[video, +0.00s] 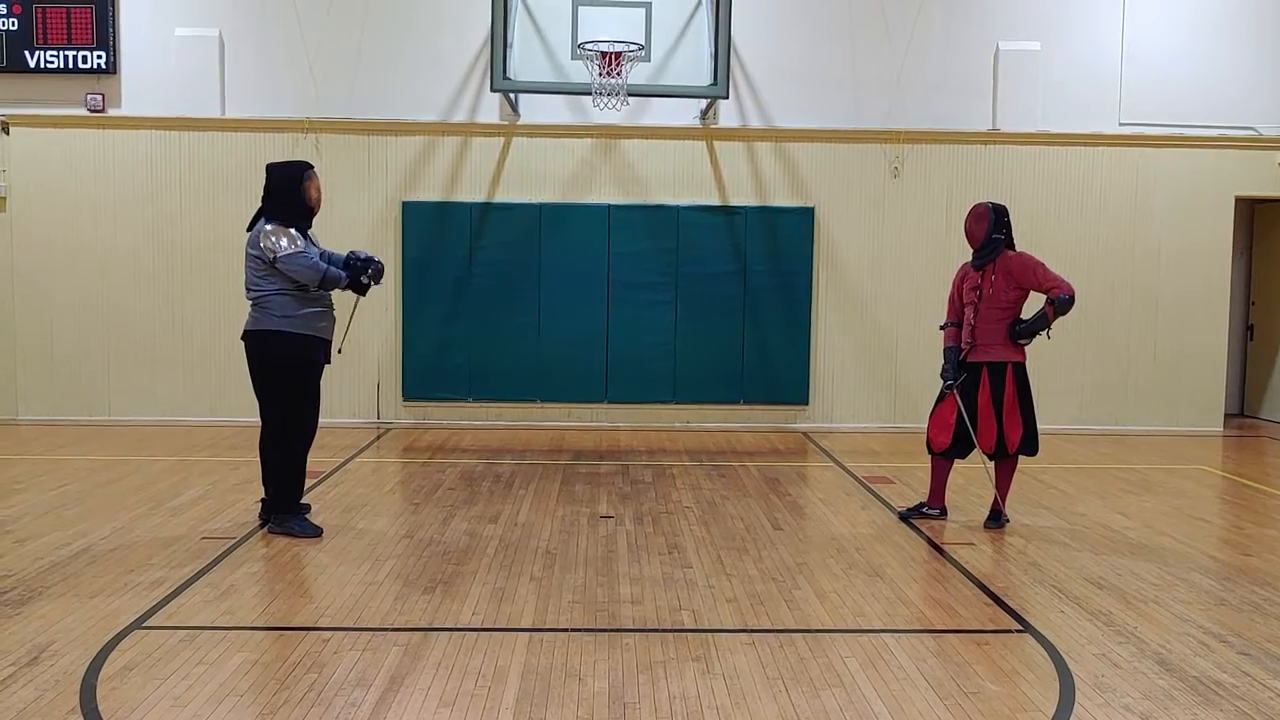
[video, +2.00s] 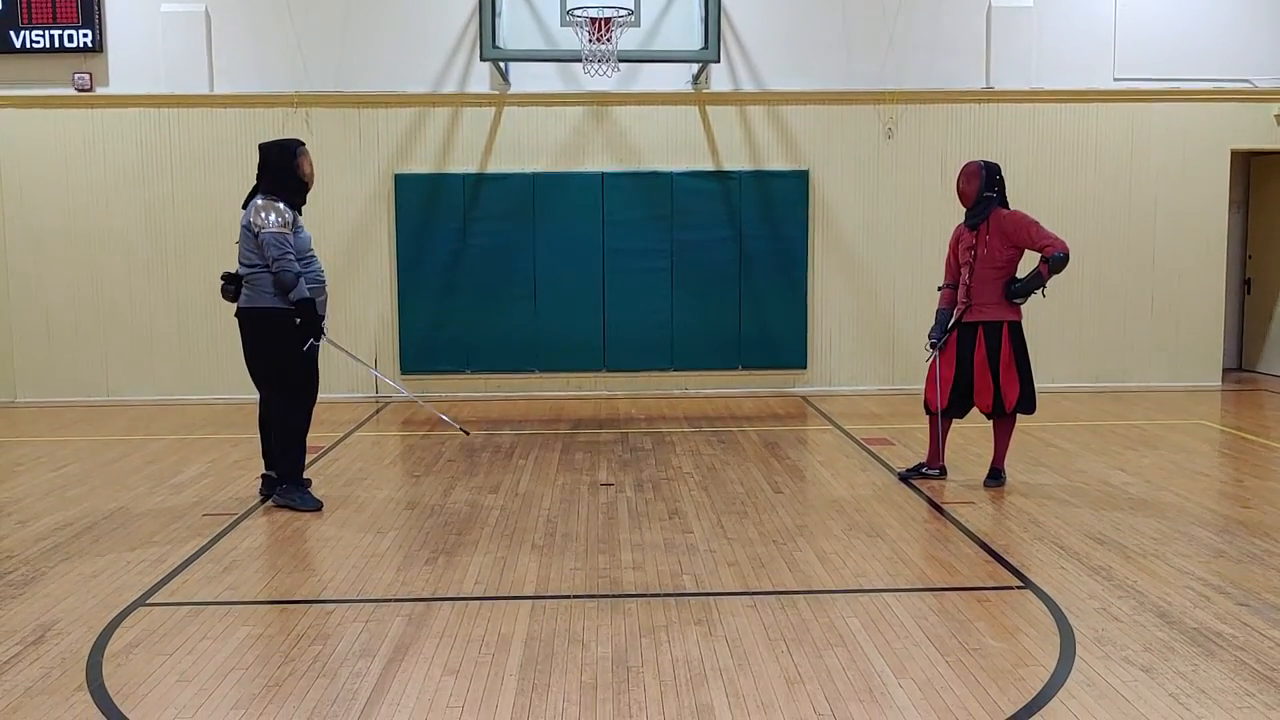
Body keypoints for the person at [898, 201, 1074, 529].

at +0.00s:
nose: (968, 232)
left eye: (974, 225)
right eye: (969, 225)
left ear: (992, 227)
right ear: (980, 228)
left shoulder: (1016, 263)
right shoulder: (966, 272)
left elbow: (1064, 293)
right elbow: (953, 320)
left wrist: (1032, 326)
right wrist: (950, 361)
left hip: (1004, 365)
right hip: (967, 365)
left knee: (1006, 435)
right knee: (943, 428)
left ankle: (998, 508)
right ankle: (935, 503)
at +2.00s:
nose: (959, 189)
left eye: (965, 182)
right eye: (959, 182)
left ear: (984, 185)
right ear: (969, 186)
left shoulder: (1008, 220)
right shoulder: (961, 232)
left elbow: (1058, 251)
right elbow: (951, 283)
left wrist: (1028, 283)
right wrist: (940, 322)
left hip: (1000, 323)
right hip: (962, 324)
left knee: (1003, 394)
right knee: (938, 388)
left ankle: (997, 467)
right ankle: (934, 462)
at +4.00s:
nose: (978, 170)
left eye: (985, 163)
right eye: (977, 163)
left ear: (1005, 166)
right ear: (979, 167)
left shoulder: (1029, 203)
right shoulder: (975, 208)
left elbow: (1076, 237)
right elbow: (934, 236)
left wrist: (1042, 267)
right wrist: (892, 244)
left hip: (1010, 304)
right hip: (972, 303)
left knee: (1010, 375)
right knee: (947, 368)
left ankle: (1003, 449)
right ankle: (940, 444)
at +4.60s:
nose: (980, 166)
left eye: (986, 159)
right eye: (979, 159)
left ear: (1007, 162)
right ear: (984, 163)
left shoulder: (1031, 199)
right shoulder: (976, 204)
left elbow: (1078, 233)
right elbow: (936, 232)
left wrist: (1043, 263)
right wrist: (893, 239)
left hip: (1011, 300)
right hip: (974, 299)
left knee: (1011, 372)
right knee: (950, 364)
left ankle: (1005, 444)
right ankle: (942, 440)